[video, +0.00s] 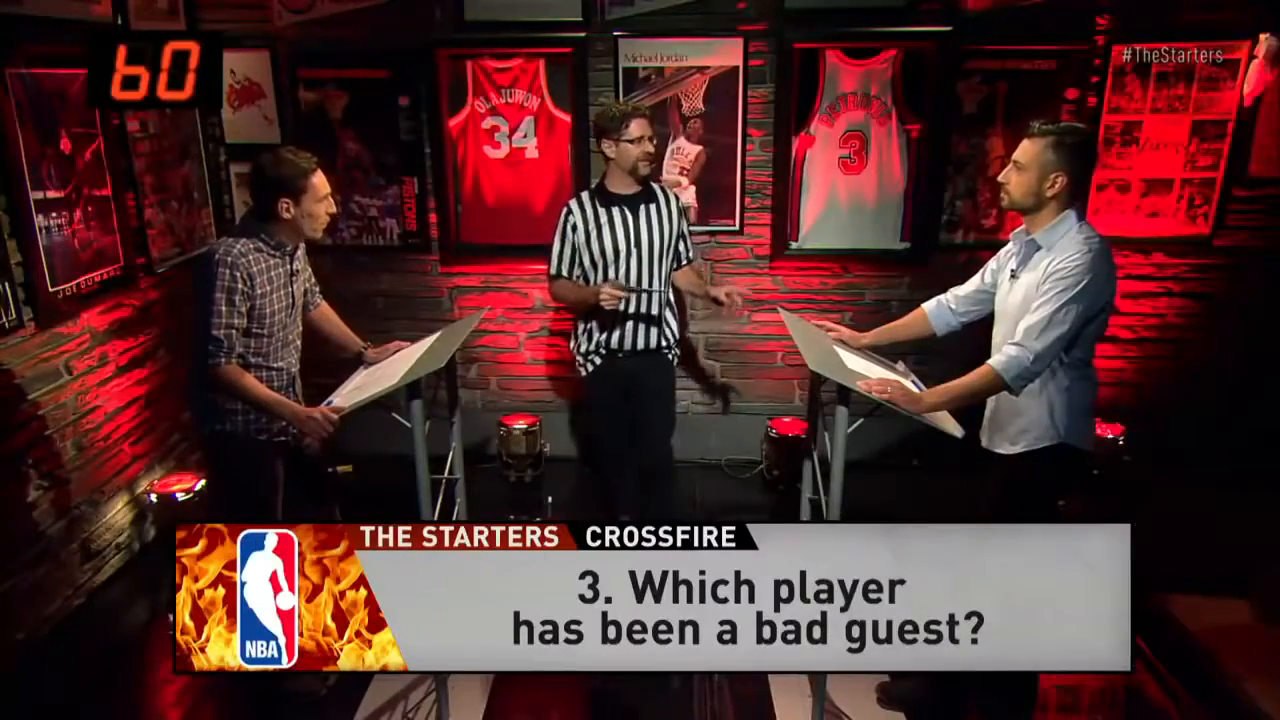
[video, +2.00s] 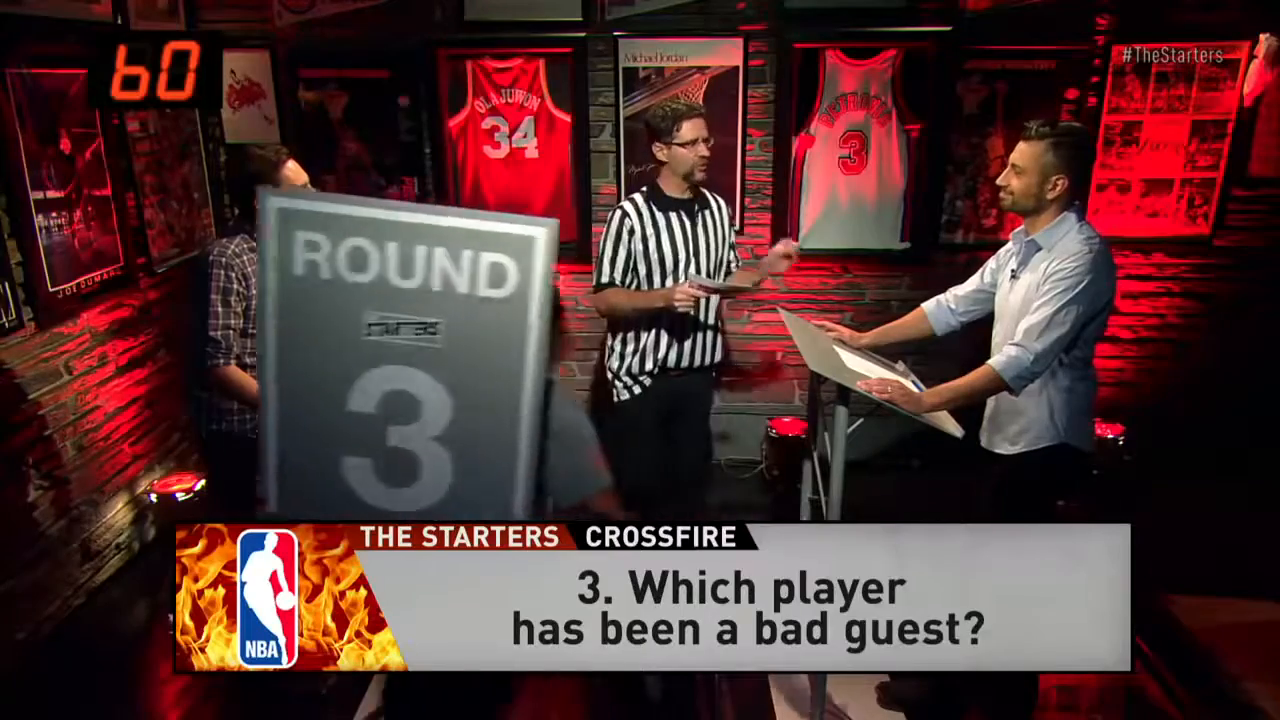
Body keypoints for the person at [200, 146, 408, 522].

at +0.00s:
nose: (333, 208)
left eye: (330, 198)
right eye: (323, 200)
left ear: (288, 209)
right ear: (287, 208)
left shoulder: (292, 248)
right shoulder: (233, 260)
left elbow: (313, 305)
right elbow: (220, 365)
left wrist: (364, 350)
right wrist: (296, 414)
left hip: (287, 428)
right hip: (244, 438)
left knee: (302, 528)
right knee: (254, 540)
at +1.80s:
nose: (314, 196)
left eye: (308, 185)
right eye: (301, 189)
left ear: (270, 205)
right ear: (266, 205)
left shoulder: (289, 246)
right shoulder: (227, 261)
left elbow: (312, 304)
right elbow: (218, 367)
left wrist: (364, 350)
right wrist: (293, 413)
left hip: (285, 425)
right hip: (241, 435)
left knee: (298, 527)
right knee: (253, 538)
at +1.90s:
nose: (310, 198)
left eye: (307, 187)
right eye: (301, 190)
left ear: (272, 205)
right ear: (266, 205)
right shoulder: (227, 260)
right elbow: (217, 366)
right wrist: (294, 413)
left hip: (283, 428)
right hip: (240, 435)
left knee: (293, 530)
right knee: (252, 538)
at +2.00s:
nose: (306, 204)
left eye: (307, 192)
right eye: (296, 194)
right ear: (262, 198)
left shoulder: (296, 251)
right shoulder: (231, 256)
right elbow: (219, 364)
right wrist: (284, 406)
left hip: (287, 428)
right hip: (242, 435)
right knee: (246, 533)